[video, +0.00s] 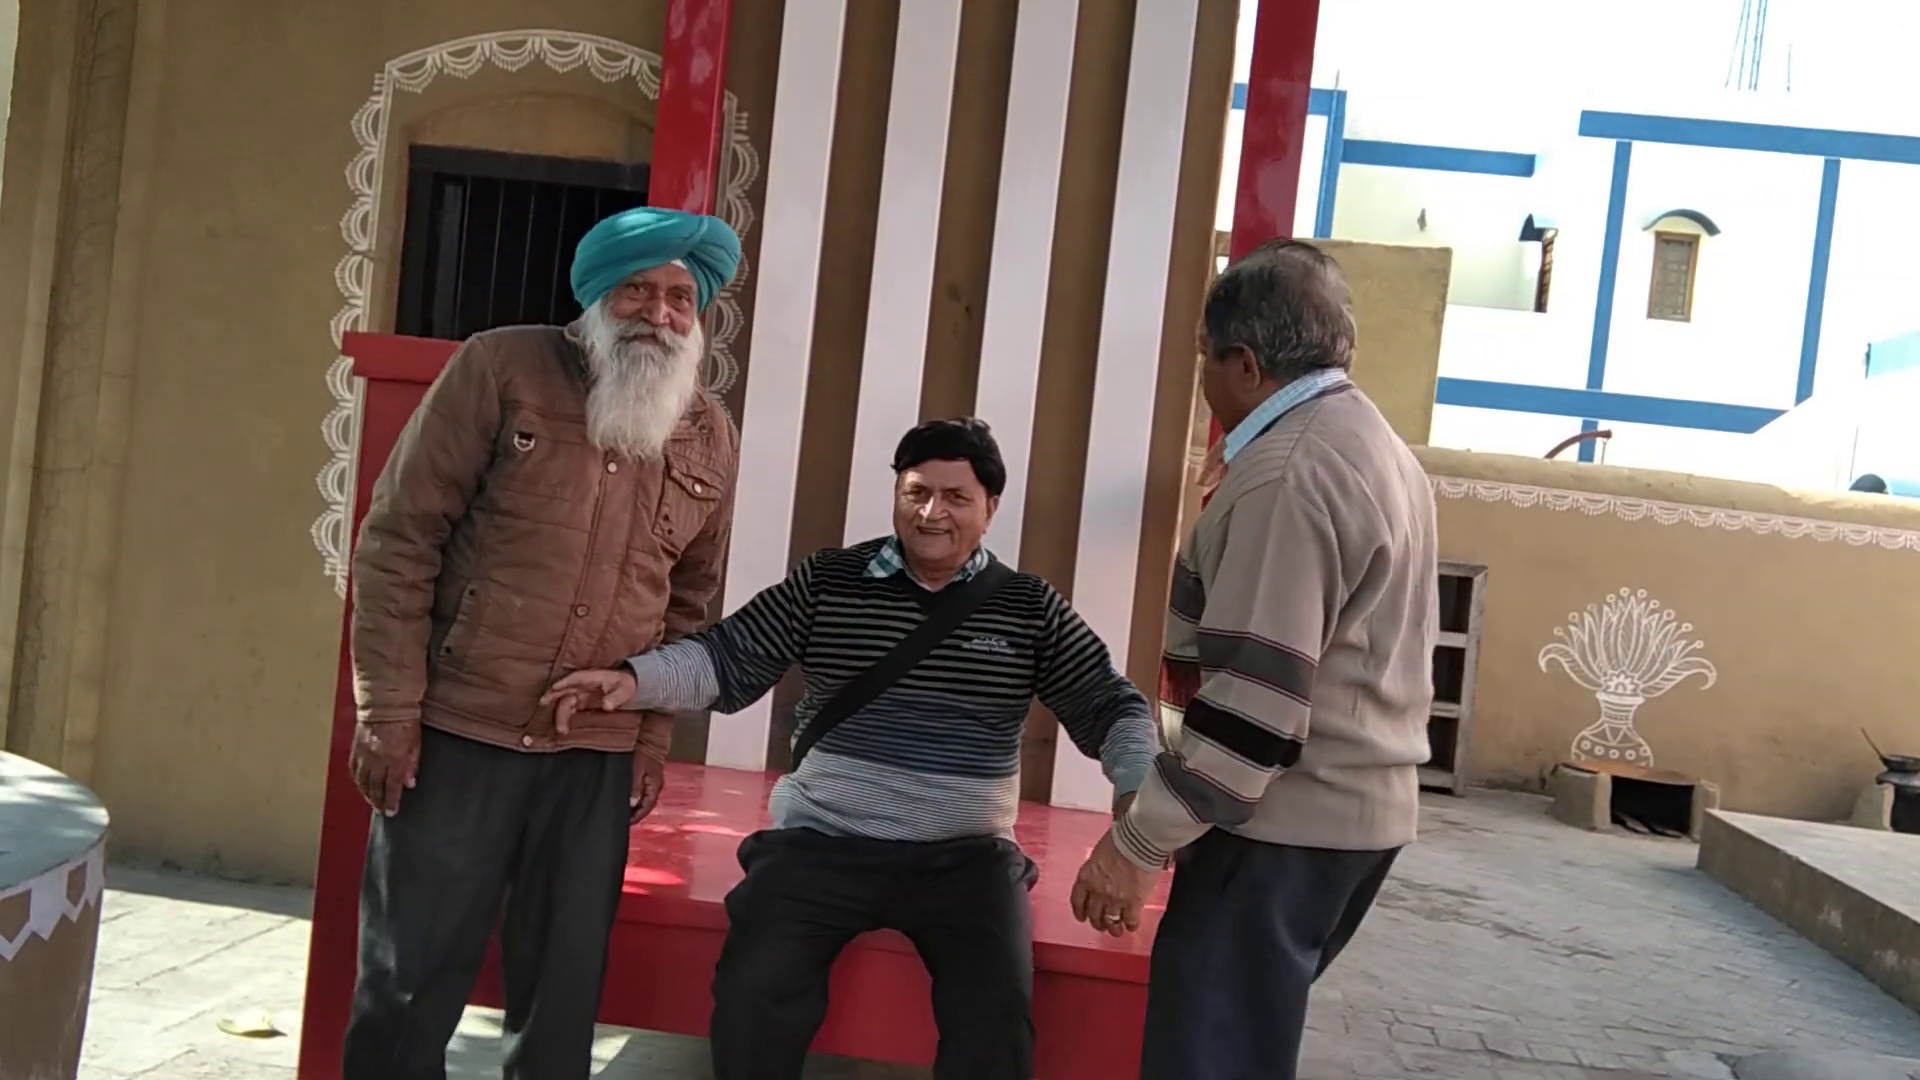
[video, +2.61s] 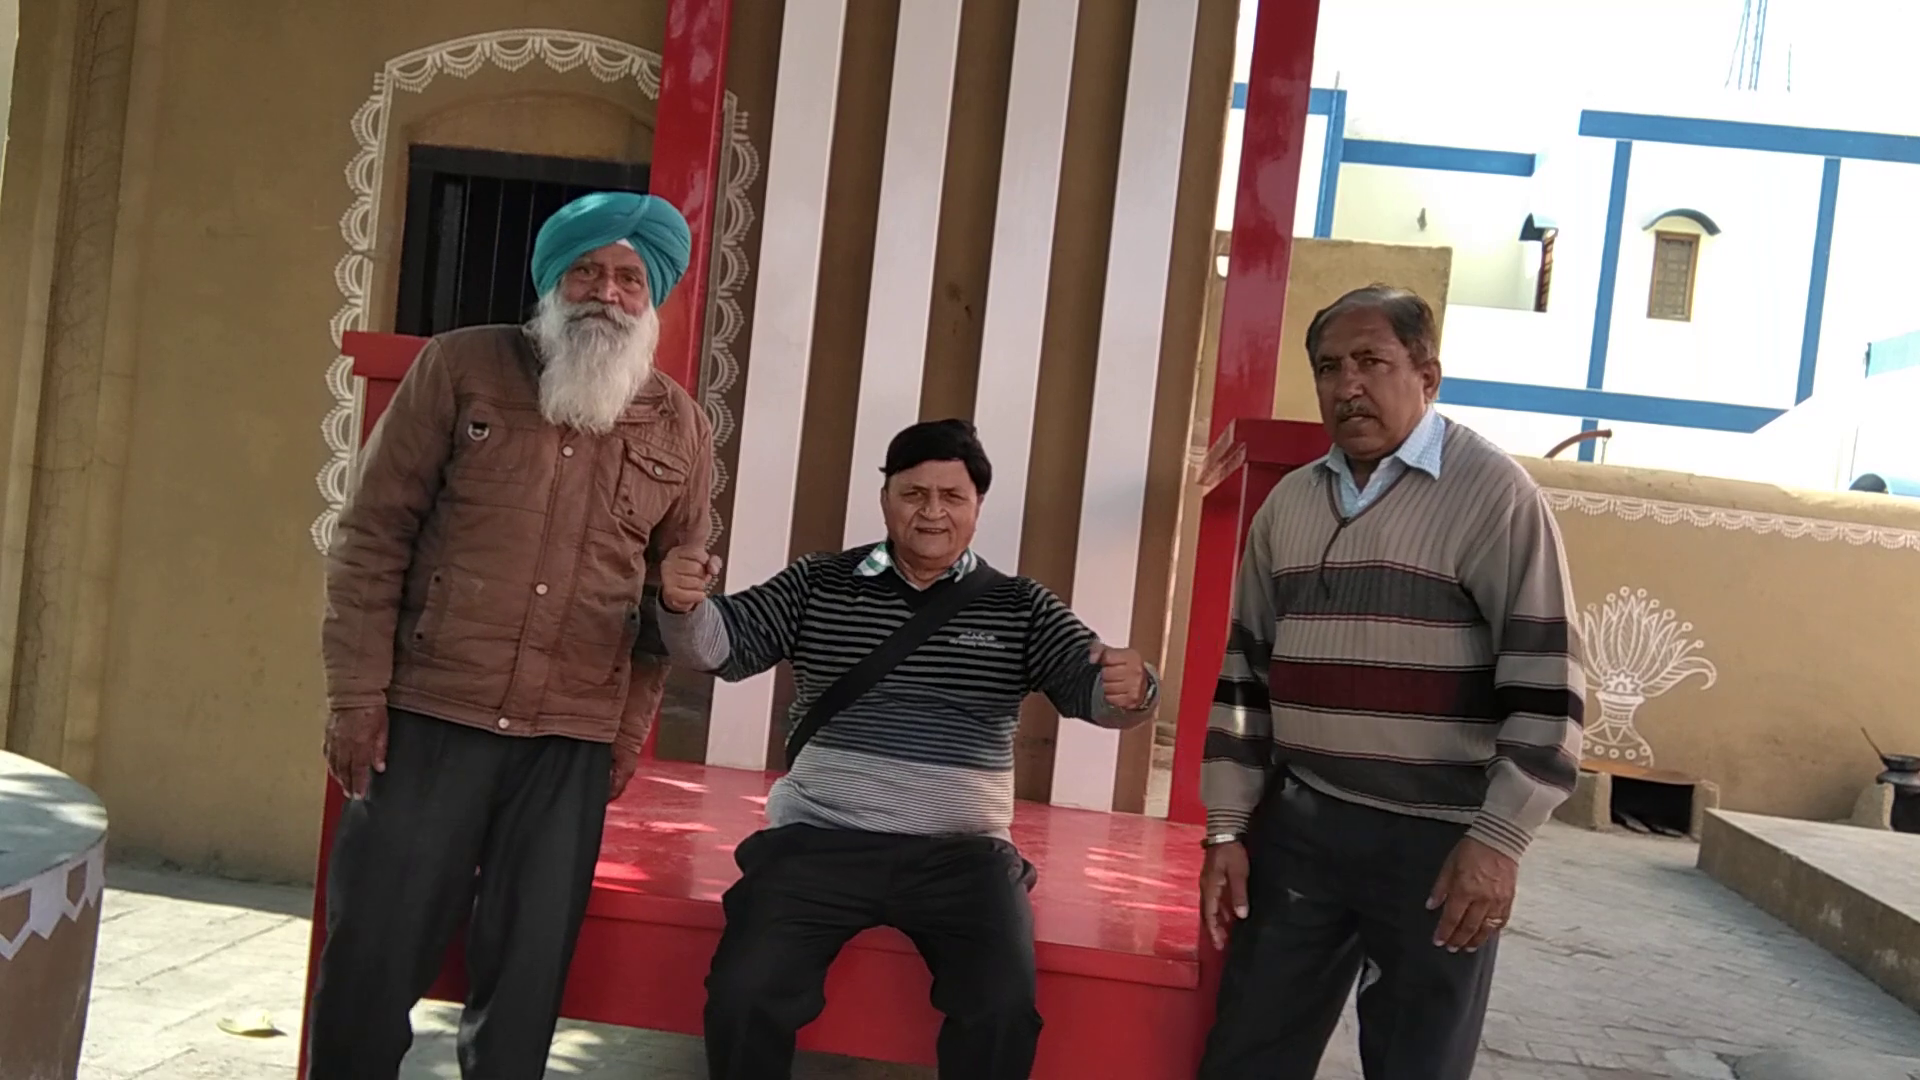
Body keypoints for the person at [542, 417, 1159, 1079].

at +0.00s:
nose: (932, 511)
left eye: (955, 497)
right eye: (918, 492)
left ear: (991, 510)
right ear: (895, 496)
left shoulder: (1029, 607)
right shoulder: (830, 583)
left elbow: (1112, 711)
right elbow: (728, 657)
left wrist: (1158, 805)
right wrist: (628, 685)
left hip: (963, 847)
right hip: (821, 835)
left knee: (995, 1006)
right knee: (755, 991)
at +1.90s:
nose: (923, 519)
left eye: (943, 505)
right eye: (907, 502)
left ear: (973, 515)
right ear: (876, 507)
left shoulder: (1015, 609)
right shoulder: (815, 588)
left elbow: (1102, 710)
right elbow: (725, 664)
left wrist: (1163, 795)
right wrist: (645, 685)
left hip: (960, 846)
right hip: (815, 835)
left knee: (999, 1016)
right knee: (746, 1005)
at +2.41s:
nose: (928, 513)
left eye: (949, 496)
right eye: (910, 494)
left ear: (977, 508)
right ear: (881, 501)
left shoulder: (1016, 608)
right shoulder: (817, 587)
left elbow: (1090, 686)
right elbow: (720, 650)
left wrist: (1153, 734)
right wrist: (649, 661)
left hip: (962, 848)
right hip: (818, 837)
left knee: (1000, 1019)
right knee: (745, 1005)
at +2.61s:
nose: (933, 511)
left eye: (952, 496)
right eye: (915, 494)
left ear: (978, 508)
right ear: (885, 500)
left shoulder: (1020, 607)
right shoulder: (819, 583)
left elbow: (1088, 683)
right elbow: (720, 645)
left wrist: (1132, 688)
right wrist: (682, 605)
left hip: (964, 850)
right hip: (818, 838)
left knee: (1002, 1009)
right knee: (744, 997)